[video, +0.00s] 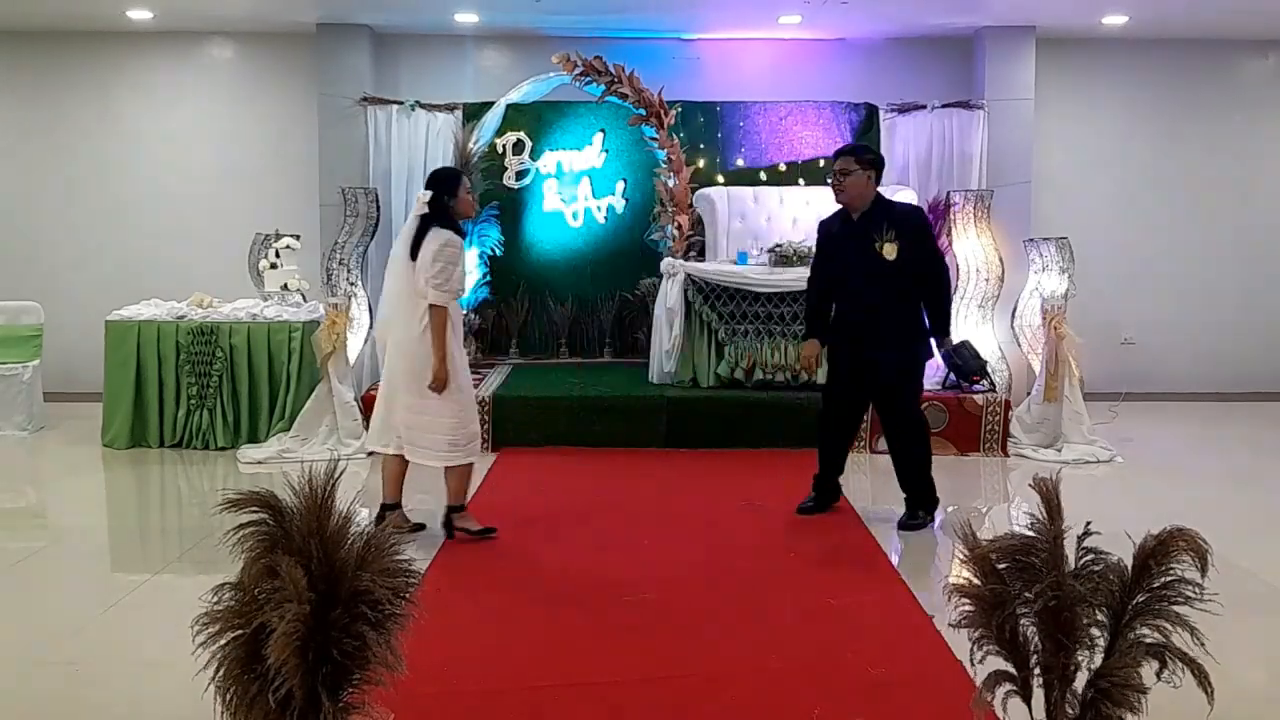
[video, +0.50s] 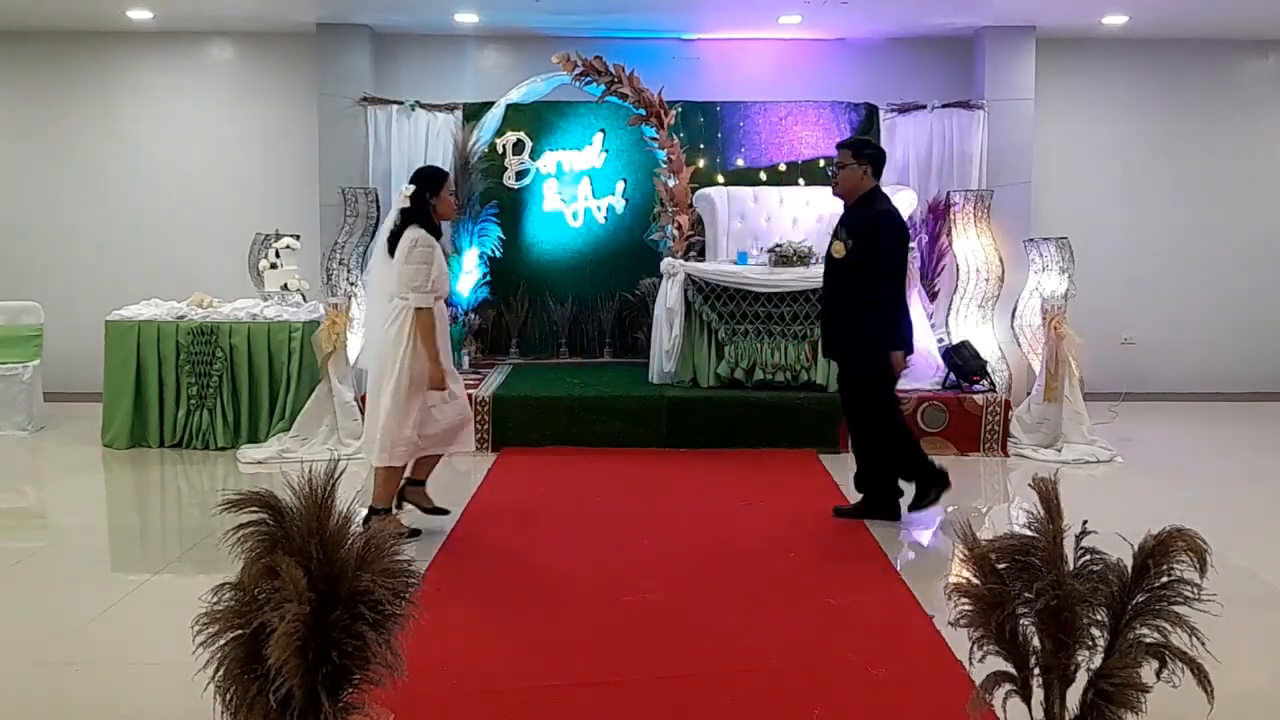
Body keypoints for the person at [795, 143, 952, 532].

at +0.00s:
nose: (835, 182)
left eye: (844, 175)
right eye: (833, 176)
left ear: (871, 177)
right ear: (833, 181)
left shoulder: (908, 219)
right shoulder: (830, 229)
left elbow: (934, 277)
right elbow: (819, 287)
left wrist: (940, 333)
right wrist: (813, 336)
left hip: (899, 345)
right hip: (849, 346)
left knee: (903, 426)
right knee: (834, 420)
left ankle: (921, 502)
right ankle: (825, 489)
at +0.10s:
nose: (841, 178)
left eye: (849, 171)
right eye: (840, 171)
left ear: (875, 174)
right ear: (849, 177)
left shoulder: (914, 216)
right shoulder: (839, 225)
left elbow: (947, 274)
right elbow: (825, 284)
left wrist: (961, 330)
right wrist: (815, 336)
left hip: (902, 345)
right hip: (854, 345)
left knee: (908, 428)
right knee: (844, 423)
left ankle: (921, 503)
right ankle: (842, 494)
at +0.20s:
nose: (843, 176)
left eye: (850, 169)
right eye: (843, 169)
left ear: (877, 172)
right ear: (864, 173)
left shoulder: (914, 214)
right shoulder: (845, 223)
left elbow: (954, 262)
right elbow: (829, 279)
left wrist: (969, 317)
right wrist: (814, 330)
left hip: (901, 342)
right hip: (855, 342)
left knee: (908, 425)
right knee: (848, 420)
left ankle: (922, 503)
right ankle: (864, 495)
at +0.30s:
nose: (841, 175)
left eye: (848, 167)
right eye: (842, 168)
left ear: (874, 171)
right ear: (865, 173)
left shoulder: (905, 215)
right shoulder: (848, 222)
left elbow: (940, 264)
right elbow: (836, 279)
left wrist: (958, 317)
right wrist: (821, 328)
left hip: (899, 343)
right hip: (856, 344)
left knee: (909, 425)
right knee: (860, 424)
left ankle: (923, 503)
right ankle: (877, 499)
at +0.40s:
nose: (837, 174)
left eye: (845, 168)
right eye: (839, 168)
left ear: (870, 172)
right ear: (862, 173)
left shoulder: (892, 219)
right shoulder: (853, 219)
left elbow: (915, 278)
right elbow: (846, 285)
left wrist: (930, 331)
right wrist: (838, 335)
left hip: (891, 344)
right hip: (857, 343)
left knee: (905, 424)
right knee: (867, 424)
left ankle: (924, 502)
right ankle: (879, 499)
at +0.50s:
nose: (833, 175)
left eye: (839, 167)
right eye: (834, 168)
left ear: (864, 172)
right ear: (860, 173)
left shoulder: (883, 218)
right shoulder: (855, 215)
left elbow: (891, 287)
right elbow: (852, 285)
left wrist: (897, 343)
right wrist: (835, 339)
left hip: (872, 341)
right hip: (852, 338)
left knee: (877, 417)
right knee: (865, 419)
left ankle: (928, 477)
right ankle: (879, 499)